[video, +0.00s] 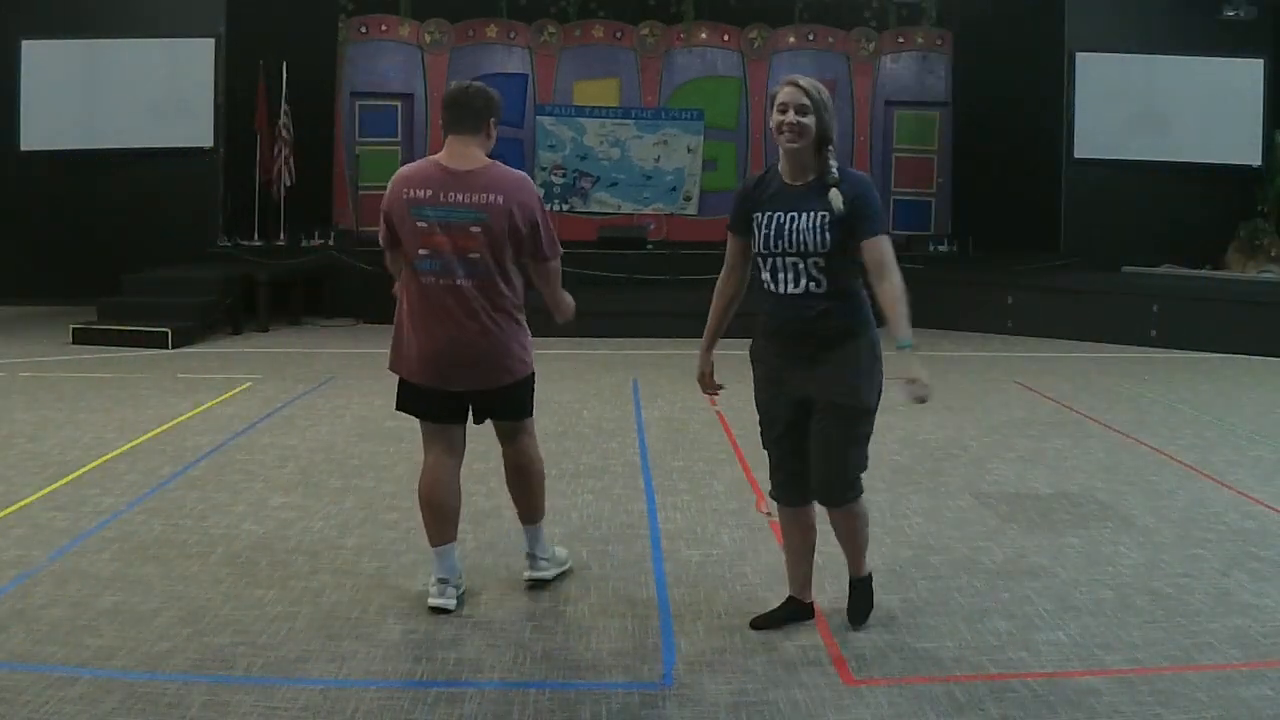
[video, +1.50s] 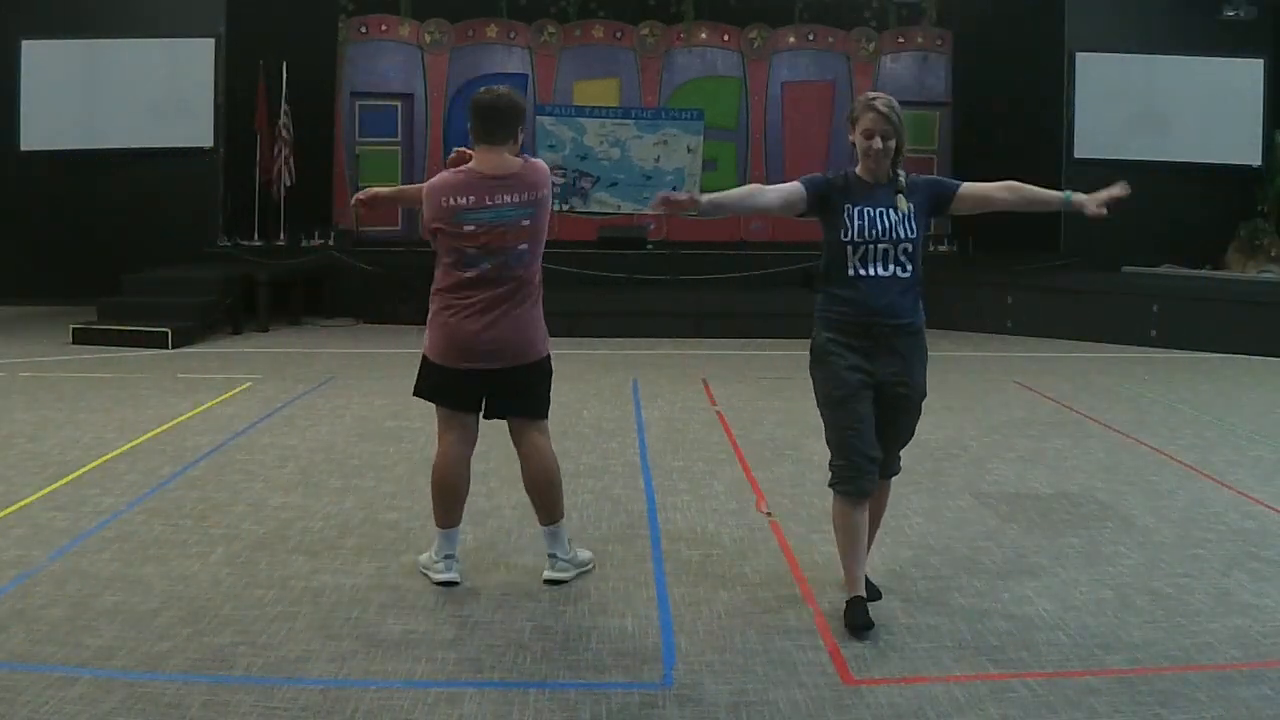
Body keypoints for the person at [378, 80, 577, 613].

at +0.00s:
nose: (498, 133)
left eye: (494, 127)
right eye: (497, 127)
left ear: (441, 125)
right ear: (491, 128)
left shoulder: (404, 182)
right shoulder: (516, 189)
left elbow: (394, 259)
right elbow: (543, 269)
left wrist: (417, 294)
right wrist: (559, 305)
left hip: (427, 350)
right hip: (500, 349)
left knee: (439, 453)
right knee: (518, 440)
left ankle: (445, 579)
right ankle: (538, 553)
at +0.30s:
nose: (457, 133)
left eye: (458, 127)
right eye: (460, 126)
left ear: (467, 128)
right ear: (511, 125)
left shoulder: (439, 183)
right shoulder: (546, 183)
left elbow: (429, 241)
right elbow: (536, 241)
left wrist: (490, 230)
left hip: (455, 347)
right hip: (525, 346)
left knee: (455, 443)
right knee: (528, 442)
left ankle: (448, 569)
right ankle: (539, 550)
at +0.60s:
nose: (476, 135)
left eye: (478, 127)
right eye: (478, 127)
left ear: (489, 130)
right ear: (529, 127)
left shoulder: (467, 182)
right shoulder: (564, 176)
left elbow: (460, 230)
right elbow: (512, 188)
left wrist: (443, 185)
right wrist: (446, 186)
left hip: (476, 336)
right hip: (545, 339)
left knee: (450, 424)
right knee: (539, 436)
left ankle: (455, 539)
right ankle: (541, 548)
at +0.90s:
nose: (531, 133)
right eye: (531, 127)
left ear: (477, 128)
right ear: (526, 130)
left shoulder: (451, 185)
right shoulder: (548, 178)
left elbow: (439, 224)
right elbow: (496, 192)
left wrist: (425, 190)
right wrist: (431, 192)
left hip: (465, 340)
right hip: (533, 340)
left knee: (458, 434)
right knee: (531, 434)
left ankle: (445, 554)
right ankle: (539, 550)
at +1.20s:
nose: (514, 135)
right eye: (515, 129)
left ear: (461, 128)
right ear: (509, 132)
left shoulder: (432, 181)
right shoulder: (528, 178)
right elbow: (475, 182)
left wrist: (400, 189)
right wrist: (405, 189)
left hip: (440, 341)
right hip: (508, 340)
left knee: (445, 437)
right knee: (530, 428)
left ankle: (445, 556)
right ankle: (547, 543)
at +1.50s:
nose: (525, 136)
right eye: (525, 129)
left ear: (471, 130)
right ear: (520, 133)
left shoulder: (440, 187)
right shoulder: (538, 178)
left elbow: (432, 230)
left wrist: (476, 168)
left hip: (453, 340)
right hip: (521, 339)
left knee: (454, 438)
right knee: (532, 433)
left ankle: (445, 556)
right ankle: (559, 552)